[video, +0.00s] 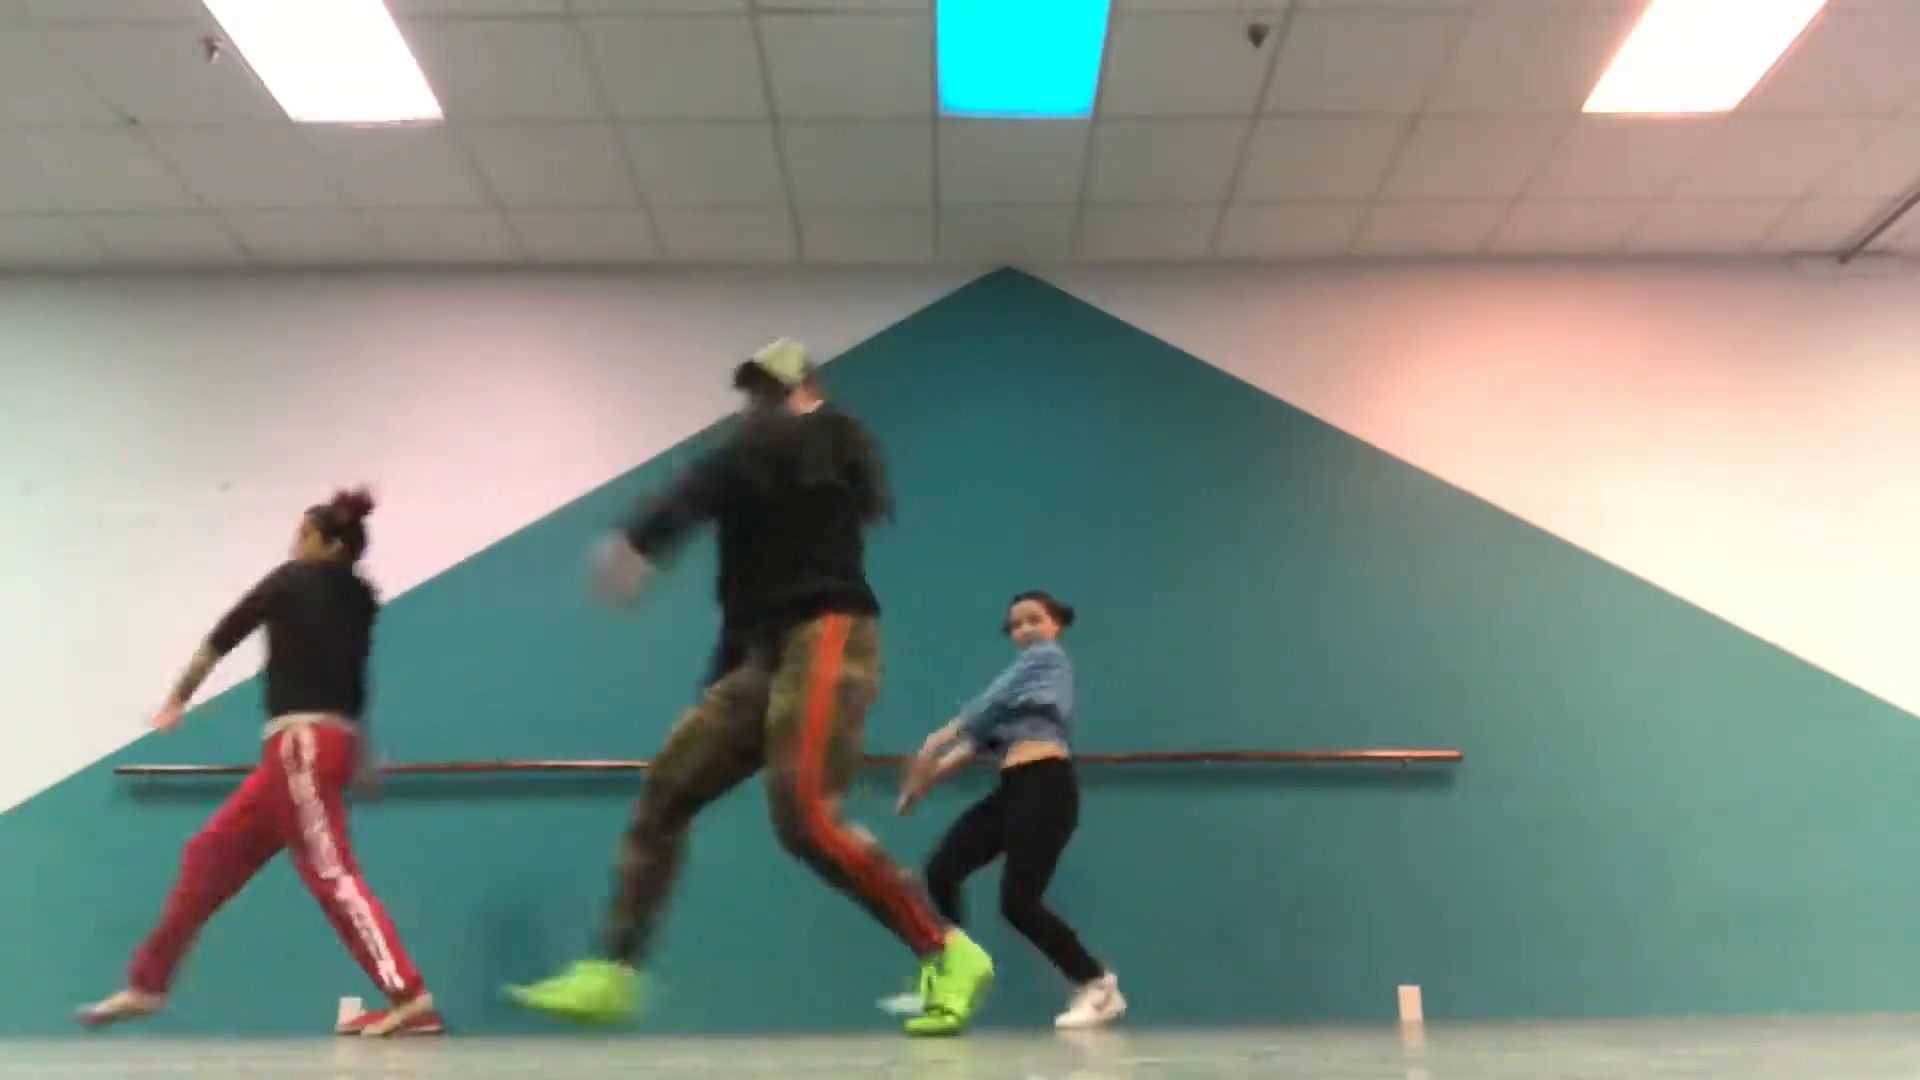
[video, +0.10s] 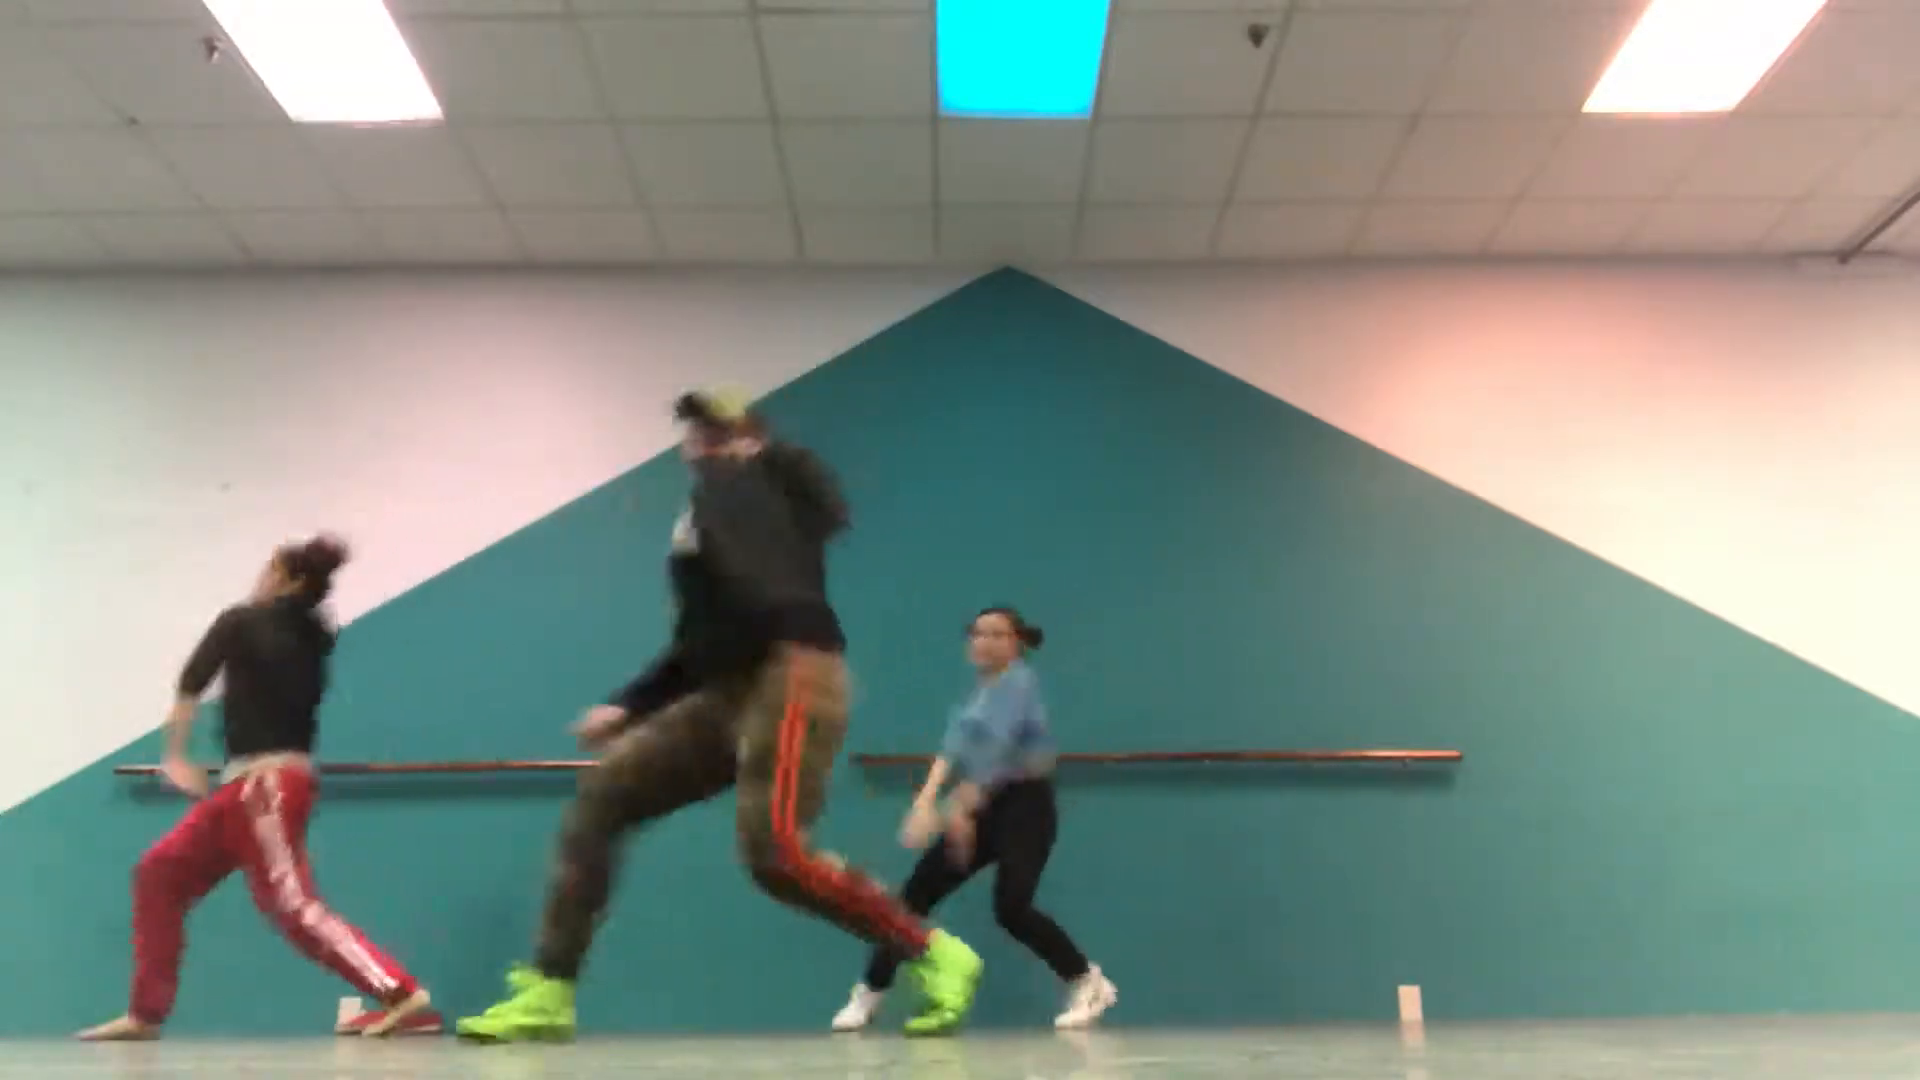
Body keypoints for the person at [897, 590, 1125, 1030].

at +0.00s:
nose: (1023, 630)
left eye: (1033, 620)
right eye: (1015, 625)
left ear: (1056, 624)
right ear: (1010, 635)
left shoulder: (1046, 658)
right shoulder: (1021, 676)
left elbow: (988, 705)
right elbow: (976, 739)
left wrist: (940, 740)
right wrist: (928, 775)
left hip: (1046, 789)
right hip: (1012, 792)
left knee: (1019, 903)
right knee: (941, 873)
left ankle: (1097, 985)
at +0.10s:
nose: (982, 643)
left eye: (994, 636)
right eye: (978, 635)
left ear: (1016, 644)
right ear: (970, 643)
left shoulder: (1019, 686)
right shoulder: (980, 692)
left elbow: (996, 758)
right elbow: (950, 750)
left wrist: (961, 806)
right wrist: (925, 802)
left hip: (1026, 806)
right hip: (985, 802)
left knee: (1012, 908)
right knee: (919, 891)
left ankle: (1088, 982)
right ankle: (869, 991)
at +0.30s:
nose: (996, 673)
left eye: (1006, 666)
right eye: (987, 664)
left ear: (1019, 679)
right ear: (970, 673)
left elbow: (1056, 779)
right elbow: (930, 791)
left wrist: (1031, 819)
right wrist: (987, 809)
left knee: (1052, 896)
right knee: (910, 901)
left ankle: (1023, 993)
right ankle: (870, 995)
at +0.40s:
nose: (1033, 676)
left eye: (1041, 669)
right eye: (1024, 666)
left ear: (1047, 675)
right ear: (1001, 667)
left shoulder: (1026, 718)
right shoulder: (982, 715)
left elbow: (1039, 788)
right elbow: (978, 797)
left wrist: (1046, 851)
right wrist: (1009, 856)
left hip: (986, 820)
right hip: (947, 817)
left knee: (1057, 891)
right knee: (955, 928)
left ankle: (1023, 992)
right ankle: (871, 1001)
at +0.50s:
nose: (1046, 658)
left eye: (1054, 652)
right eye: (1040, 647)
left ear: (1058, 657)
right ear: (1017, 644)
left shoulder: (1034, 700)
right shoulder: (1001, 680)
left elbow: (1040, 777)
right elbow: (1005, 770)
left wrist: (1039, 832)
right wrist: (1020, 836)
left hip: (1001, 796)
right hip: (964, 792)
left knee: (1056, 889)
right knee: (971, 908)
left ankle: (1023, 991)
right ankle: (881, 993)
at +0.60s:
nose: (1053, 606)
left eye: (1055, 598)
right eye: (1046, 595)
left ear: (1047, 604)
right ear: (1020, 596)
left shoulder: (1033, 647)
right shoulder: (1003, 636)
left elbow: (1043, 723)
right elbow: (1014, 720)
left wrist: (1053, 777)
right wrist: (1031, 785)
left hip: (1009, 752)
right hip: (976, 749)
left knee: (1033, 869)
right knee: (971, 867)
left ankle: (1023, 987)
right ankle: (906, 959)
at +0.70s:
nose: (1043, 563)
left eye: (1046, 558)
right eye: (1031, 558)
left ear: (1051, 575)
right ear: (1008, 573)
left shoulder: (1043, 628)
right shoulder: (1005, 617)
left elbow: (1059, 691)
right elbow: (1031, 690)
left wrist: (1080, 735)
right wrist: (1061, 741)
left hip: (1004, 727)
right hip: (974, 721)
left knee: (1015, 844)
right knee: (970, 840)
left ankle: (1030, 968)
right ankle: (930, 960)